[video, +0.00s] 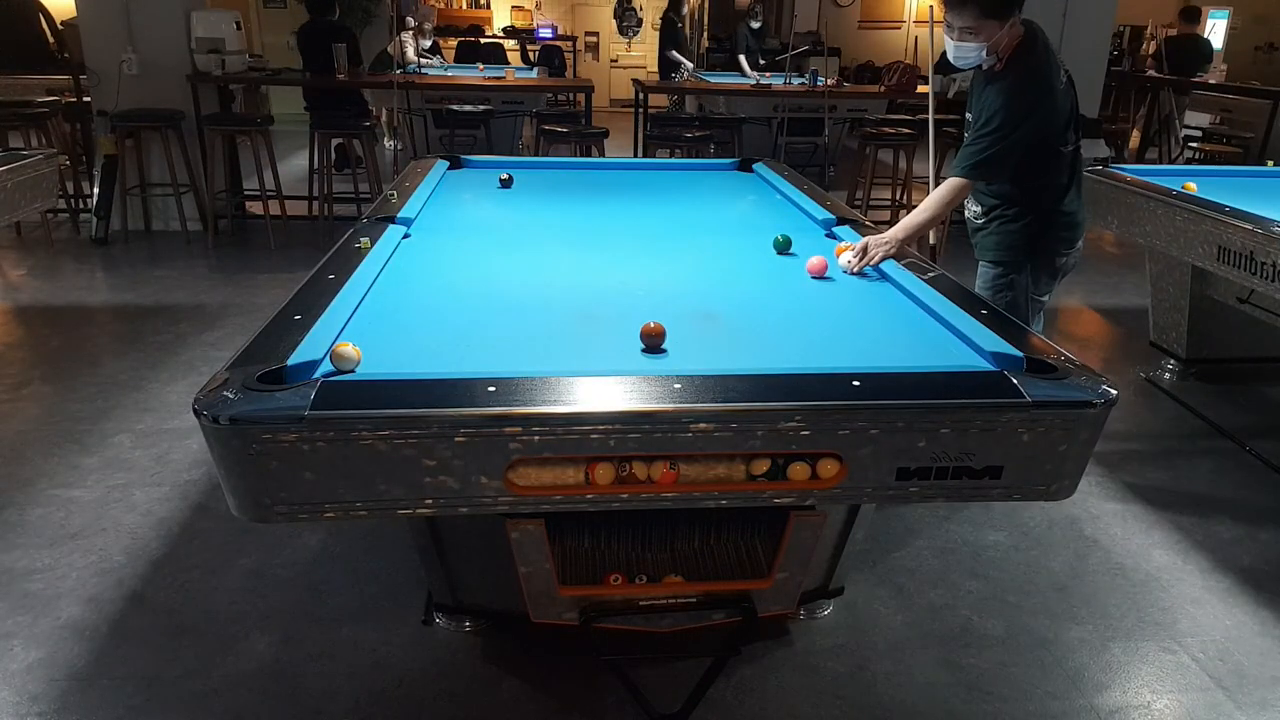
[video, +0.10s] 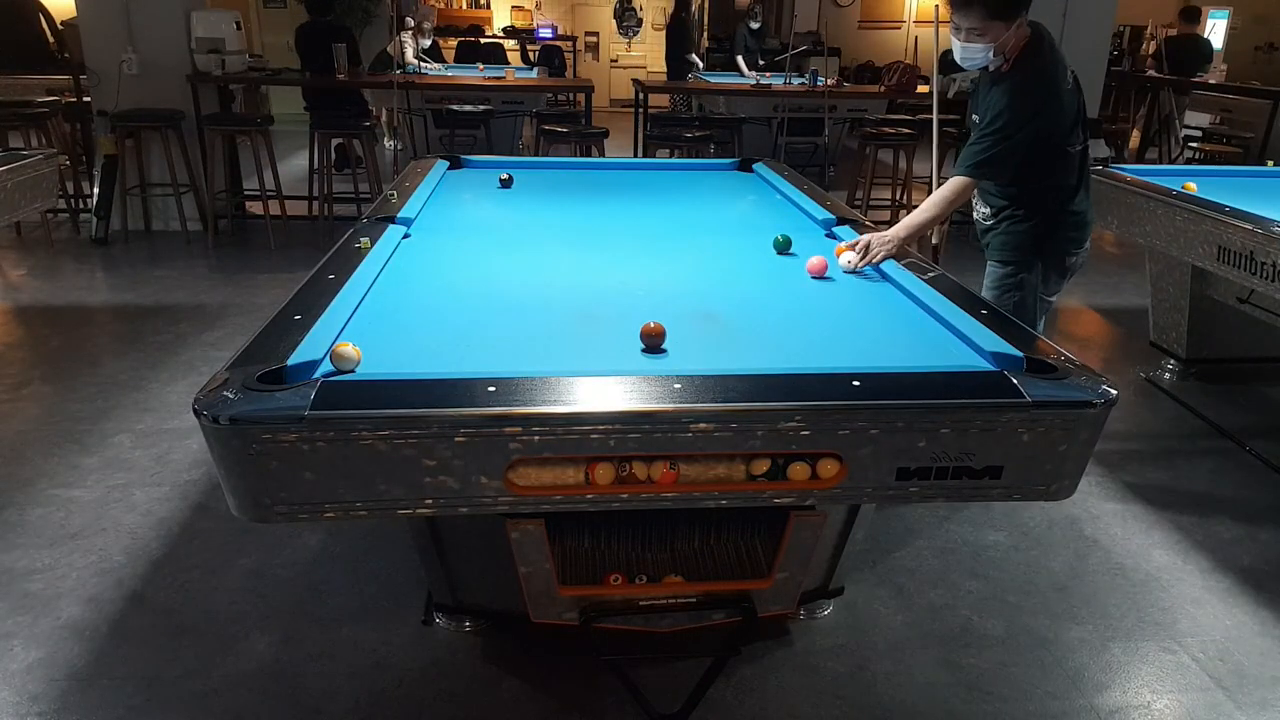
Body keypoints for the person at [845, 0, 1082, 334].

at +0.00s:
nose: (957, 40)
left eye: (970, 31)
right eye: (950, 27)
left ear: (1010, 27)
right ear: (944, 16)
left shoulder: (1015, 87)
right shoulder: (1018, 39)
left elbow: (963, 178)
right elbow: (951, 62)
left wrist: (893, 236)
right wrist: (918, 73)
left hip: (1022, 245)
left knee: (994, 358)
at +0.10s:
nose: (963, 41)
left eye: (977, 32)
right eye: (956, 28)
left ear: (1016, 28)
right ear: (949, 17)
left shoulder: (1021, 88)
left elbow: (966, 179)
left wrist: (895, 235)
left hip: (1030, 242)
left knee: (998, 357)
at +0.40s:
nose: (1074, 17)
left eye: (1082, 10)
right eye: (1073, 11)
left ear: (1114, 6)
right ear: (1110, 10)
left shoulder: (1145, 56)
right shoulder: (1105, 55)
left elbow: (1097, 151)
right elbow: (1080, 135)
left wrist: (1012, 171)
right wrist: (1031, 174)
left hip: (1130, 235)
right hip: (1100, 228)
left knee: (1095, 351)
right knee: (1082, 346)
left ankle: (1091, 463)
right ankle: (1073, 456)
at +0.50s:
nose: (1064, 48)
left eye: (1074, 37)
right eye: (1056, 37)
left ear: (1109, 18)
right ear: (1048, 27)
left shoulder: (1145, 66)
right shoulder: (1088, 62)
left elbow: (1085, 154)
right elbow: (1057, 135)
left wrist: (997, 179)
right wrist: (1009, 176)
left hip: (1147, 235)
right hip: (1105, 226)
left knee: (1104, 353)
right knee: (1089, 345)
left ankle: (1091, 461)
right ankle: (1078, 454)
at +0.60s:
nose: (1051, 62)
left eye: (1061, 50)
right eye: (1045, 51)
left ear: (1098, 33)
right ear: (1040, 38)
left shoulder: (1136, 75)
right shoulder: (1084, 72)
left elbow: (1081, 164)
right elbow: (1068, 148)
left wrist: (992, 176)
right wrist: (1055, 182)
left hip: (1155, 232)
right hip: (1108, 223)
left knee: (1112, 355)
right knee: (1087, 346)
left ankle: (1094, 461)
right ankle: (1071, 453)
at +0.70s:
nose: (1028, 105)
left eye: (1037, 93)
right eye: (1020, 93)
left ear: (1073, 76)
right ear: (1073, 72)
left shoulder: (1114, 106)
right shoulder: (1100, 79)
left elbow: (1065, 204)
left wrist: (975, 217)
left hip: (1168, 235)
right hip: (1149, 226)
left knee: (1114, 355)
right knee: (1130, 342)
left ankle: (1099, 461)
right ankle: (1141, 438)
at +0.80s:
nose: (1019, 130)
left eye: (1029, 120)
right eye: (1013, 119)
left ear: (1069, 107)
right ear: (1072, 100)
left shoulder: (1105, 130)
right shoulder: (1099, 89)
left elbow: (1051, 214)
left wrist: (961, 231)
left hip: (1182, 235)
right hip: (1199, 220)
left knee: (1132, 351)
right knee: (1161, 339)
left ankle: (1100, 459)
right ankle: (1154, 432)